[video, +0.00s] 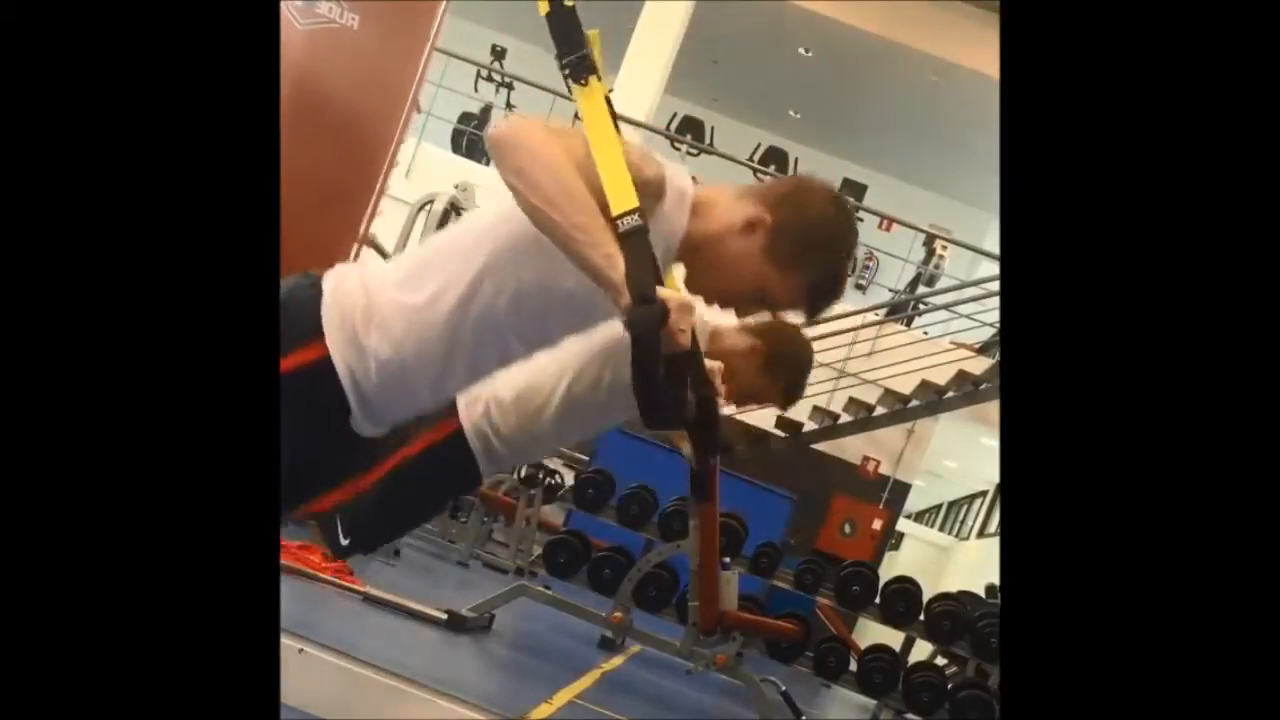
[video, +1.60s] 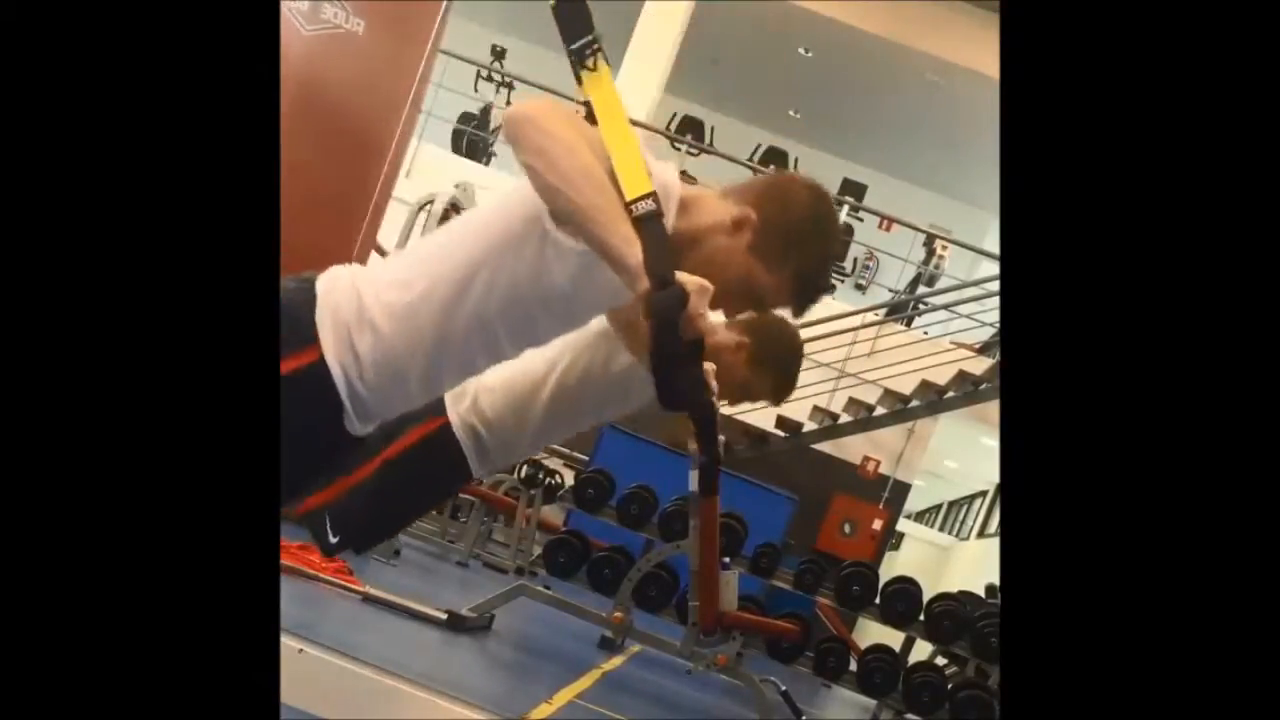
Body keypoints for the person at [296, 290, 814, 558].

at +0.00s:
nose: (732, 396)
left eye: (743, 397)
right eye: (743, 384)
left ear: (750, 369)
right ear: (744, 340)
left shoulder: (686, 380)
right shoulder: (675, 318)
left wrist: (707, 424)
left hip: (496, 441)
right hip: (478, 413)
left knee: (360, 519)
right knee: (345, 516)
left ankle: (335, 540)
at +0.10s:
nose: (734, 369)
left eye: (747, 367)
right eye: (747, 358)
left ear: (739, 317)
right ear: (741, 315)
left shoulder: (677, 337)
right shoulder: (662, 296)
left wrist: (683, 409)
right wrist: (675, 389)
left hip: (483, 428)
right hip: (464, 400)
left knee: (349, 517)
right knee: (327, 506)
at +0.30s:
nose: (715, 323)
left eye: (729, 322)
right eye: (728, 314)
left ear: (717, 263)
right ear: (718, 270)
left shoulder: (651, 281)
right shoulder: (635, 258)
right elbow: (616, 406)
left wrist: (673, 389)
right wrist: (663, 398)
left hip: (453, 391)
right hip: (432, 369)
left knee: (333, 508)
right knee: (305, 489)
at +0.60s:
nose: (692, 271)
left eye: (704, 266)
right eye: (703, 258)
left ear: (684, 211)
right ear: (687, 212)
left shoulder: (626, 251)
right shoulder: (606, 212)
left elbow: (644, 343)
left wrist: (679, 391)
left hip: (445, 372)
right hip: (421, 345)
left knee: (323, 490)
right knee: (296, 470)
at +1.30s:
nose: (699, 329)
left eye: (716, 328)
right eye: (711, 315)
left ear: (702, 274)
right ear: (704, 269)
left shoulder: (649, 302)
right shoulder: (633, 252)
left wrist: (696, 394)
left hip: (453, 403)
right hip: (433, 381)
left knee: (323, 518)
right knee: (301, 507)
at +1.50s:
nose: (724, 365)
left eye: (735, 364)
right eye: (736, 355)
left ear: (728, 334)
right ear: (730, 318)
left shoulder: (670, 355)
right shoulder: (662, 294)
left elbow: (668, 413)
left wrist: (695, 404)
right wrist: (687, 376)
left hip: (475, 434)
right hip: (455, 404)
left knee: (342, 524)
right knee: (320, 512)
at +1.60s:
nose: (726, 389)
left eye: (738, 390)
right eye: (737, 378)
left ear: (739, 362)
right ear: (736, 337)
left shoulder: (675, 374)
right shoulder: (667, 316)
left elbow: (671, 427)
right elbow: (626, 307)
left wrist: (701, 427)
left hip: (480, 445)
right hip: (462, 418)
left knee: (341, 527)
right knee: (323, 520)